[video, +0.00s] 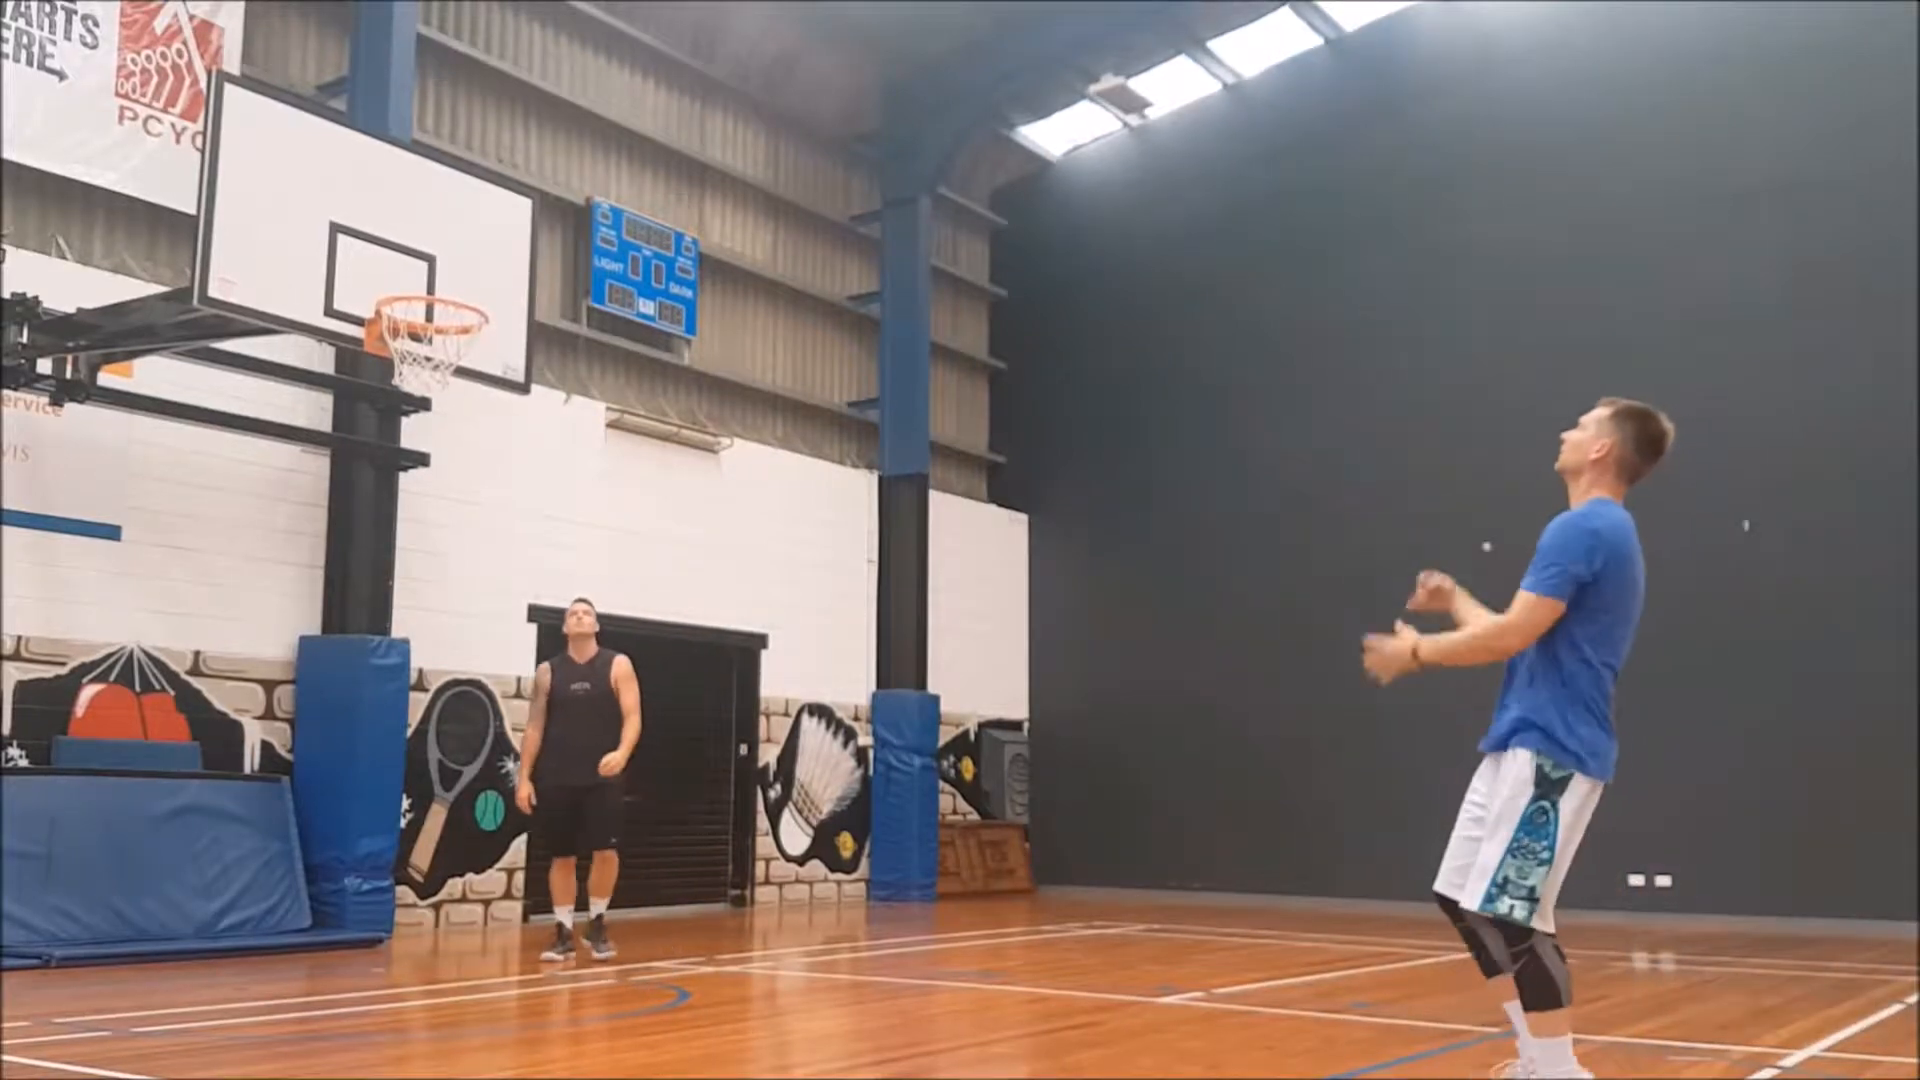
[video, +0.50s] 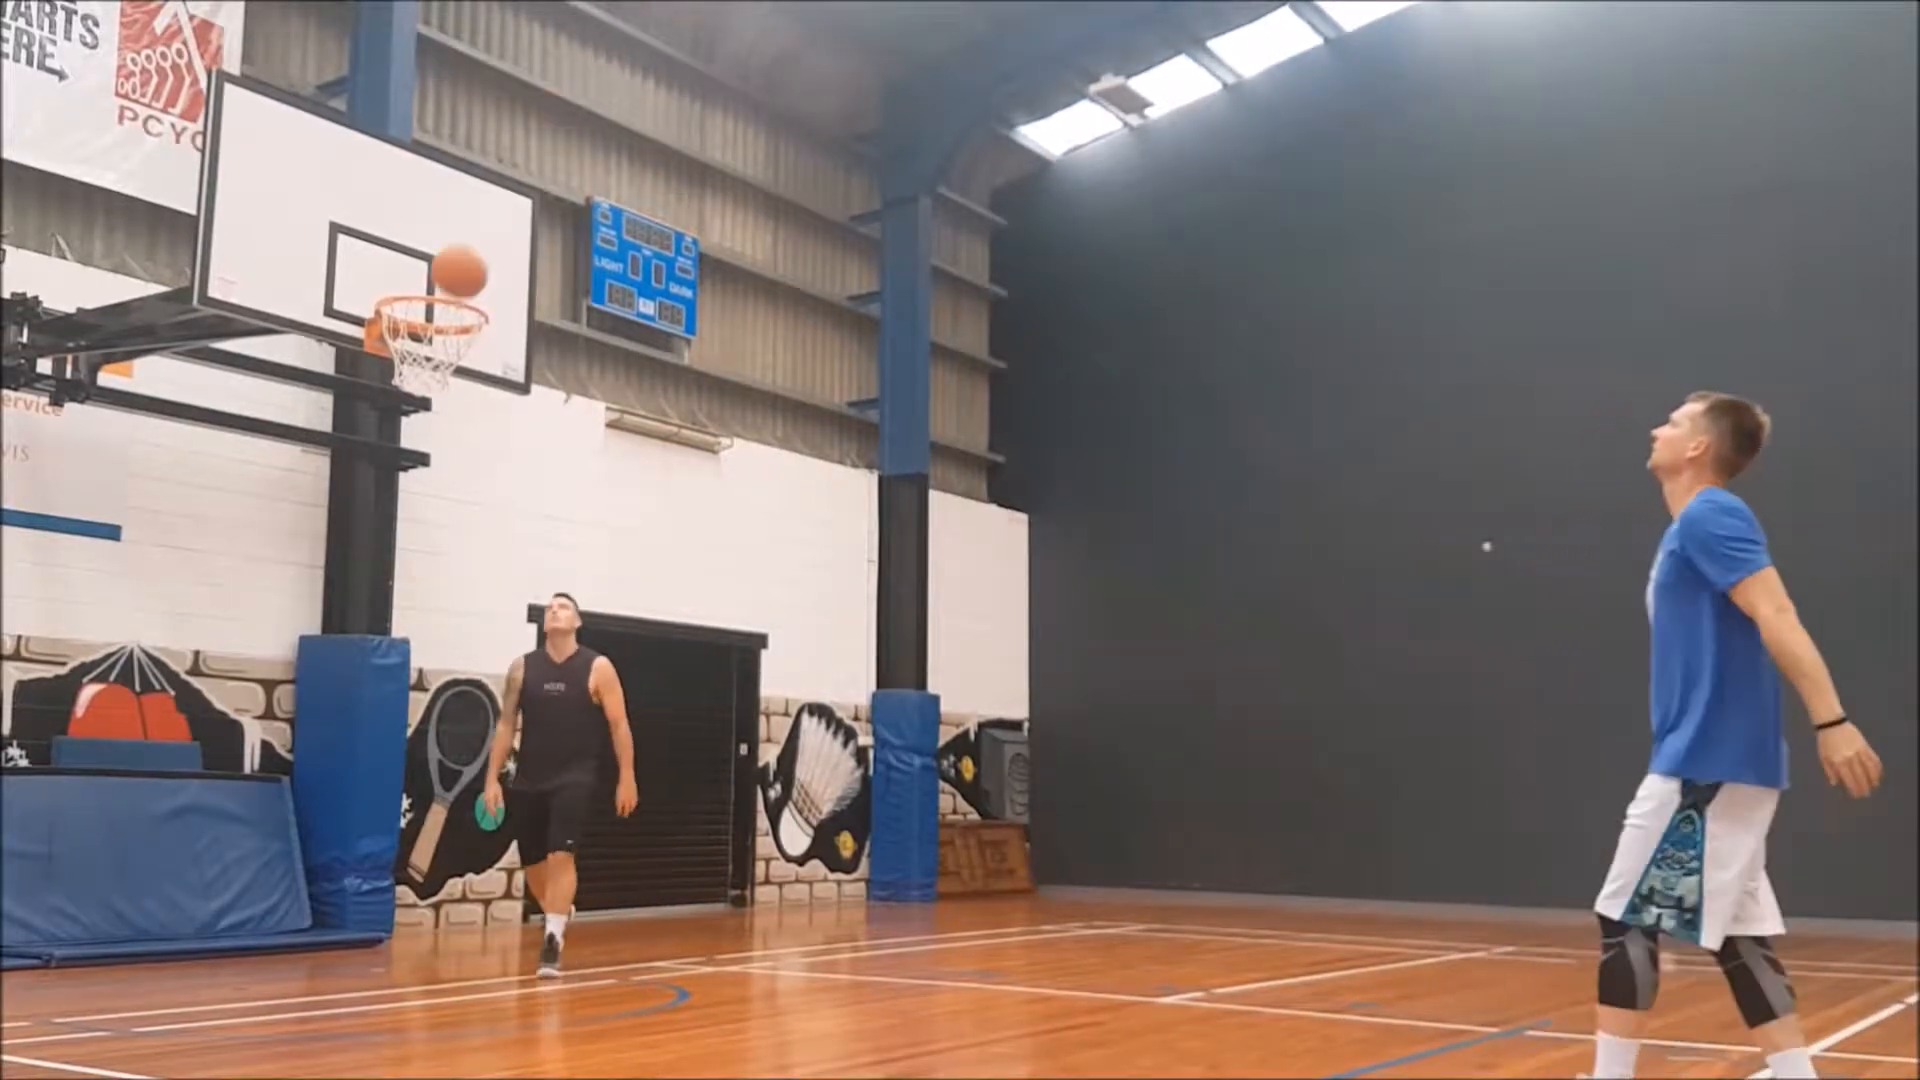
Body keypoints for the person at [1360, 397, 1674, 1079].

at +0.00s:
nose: (1566, 433)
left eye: (1579, 425)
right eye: (1576, 423)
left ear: (1600, 447)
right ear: (1609, 453)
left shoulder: (1585, 528)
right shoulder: (1601, 530)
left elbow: (1509, 635)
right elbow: (1522, 640)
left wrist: (1414, 649)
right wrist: (1457, 602)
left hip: (1555, 750)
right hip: (1531, 743)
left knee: (1508, 908)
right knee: (1461, 895)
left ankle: (1559, 1069)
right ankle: (1536, 1053)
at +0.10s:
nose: (1574, 431)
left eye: (1588, 424)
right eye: (1583, 422)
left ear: (1611, 448)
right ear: (1618, 455)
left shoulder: (1600, 527)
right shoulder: (1607, 527)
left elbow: (1565, 645)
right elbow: (1562, 652)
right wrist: (1490, 700)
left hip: (1575, 755)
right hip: (1547, 749)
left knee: (1533, 924)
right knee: (1487, 904)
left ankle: (1562, 1070)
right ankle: (1620, 1041)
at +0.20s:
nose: (1586, 431)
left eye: (1601, 425)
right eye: (1596, 422)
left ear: (1626, 450)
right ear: (1631, 457)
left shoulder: (1620, 530)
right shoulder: (1634, 529)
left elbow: (1628, 647)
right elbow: (1624, 650)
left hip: (1578, 765)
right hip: (1592, 762)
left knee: (1547, 929)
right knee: (1581, 932)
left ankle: (1560, 1072)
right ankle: (1699, 1040)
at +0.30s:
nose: (1604, 433)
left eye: (1618, 426)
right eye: (1614, 423)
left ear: (1642, 449)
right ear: (1647, 453)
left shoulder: (1651, 525)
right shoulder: (1634, 531)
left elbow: (1703, 628)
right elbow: (1645, 669)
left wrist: (1744, 735)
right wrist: (1668, 770)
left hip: (1612, 767)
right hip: (1631, 765)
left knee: (1572, 930)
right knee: (1638, 939)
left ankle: (1562, 1072)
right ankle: (1759, 1068)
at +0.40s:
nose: (1628, 434)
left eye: (1643, 426)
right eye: (1638, 423)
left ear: (1669, 449)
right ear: (1673, 453)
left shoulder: (1680, 521)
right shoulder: (1665, 528)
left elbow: (1754, 617)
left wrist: (1811, 718)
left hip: (1656, 766)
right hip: (1687, 765)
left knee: (1596, 927)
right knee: (1699, 937)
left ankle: (1571, 1071)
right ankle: (1783, 1069)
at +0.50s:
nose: (1655, 432)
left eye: (1671, 423)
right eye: (1666, 421)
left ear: (1698, 447)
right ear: (1702, 451)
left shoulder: (1710, 516)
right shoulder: (1698, 523)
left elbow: (1777, 616)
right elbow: (1767, 620)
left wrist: (1833, 723)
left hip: (1704, 760)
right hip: (1730, 762)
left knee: (1624, 917)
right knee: (1738, 930)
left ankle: (1609, 1070)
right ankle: (1794, 1068)